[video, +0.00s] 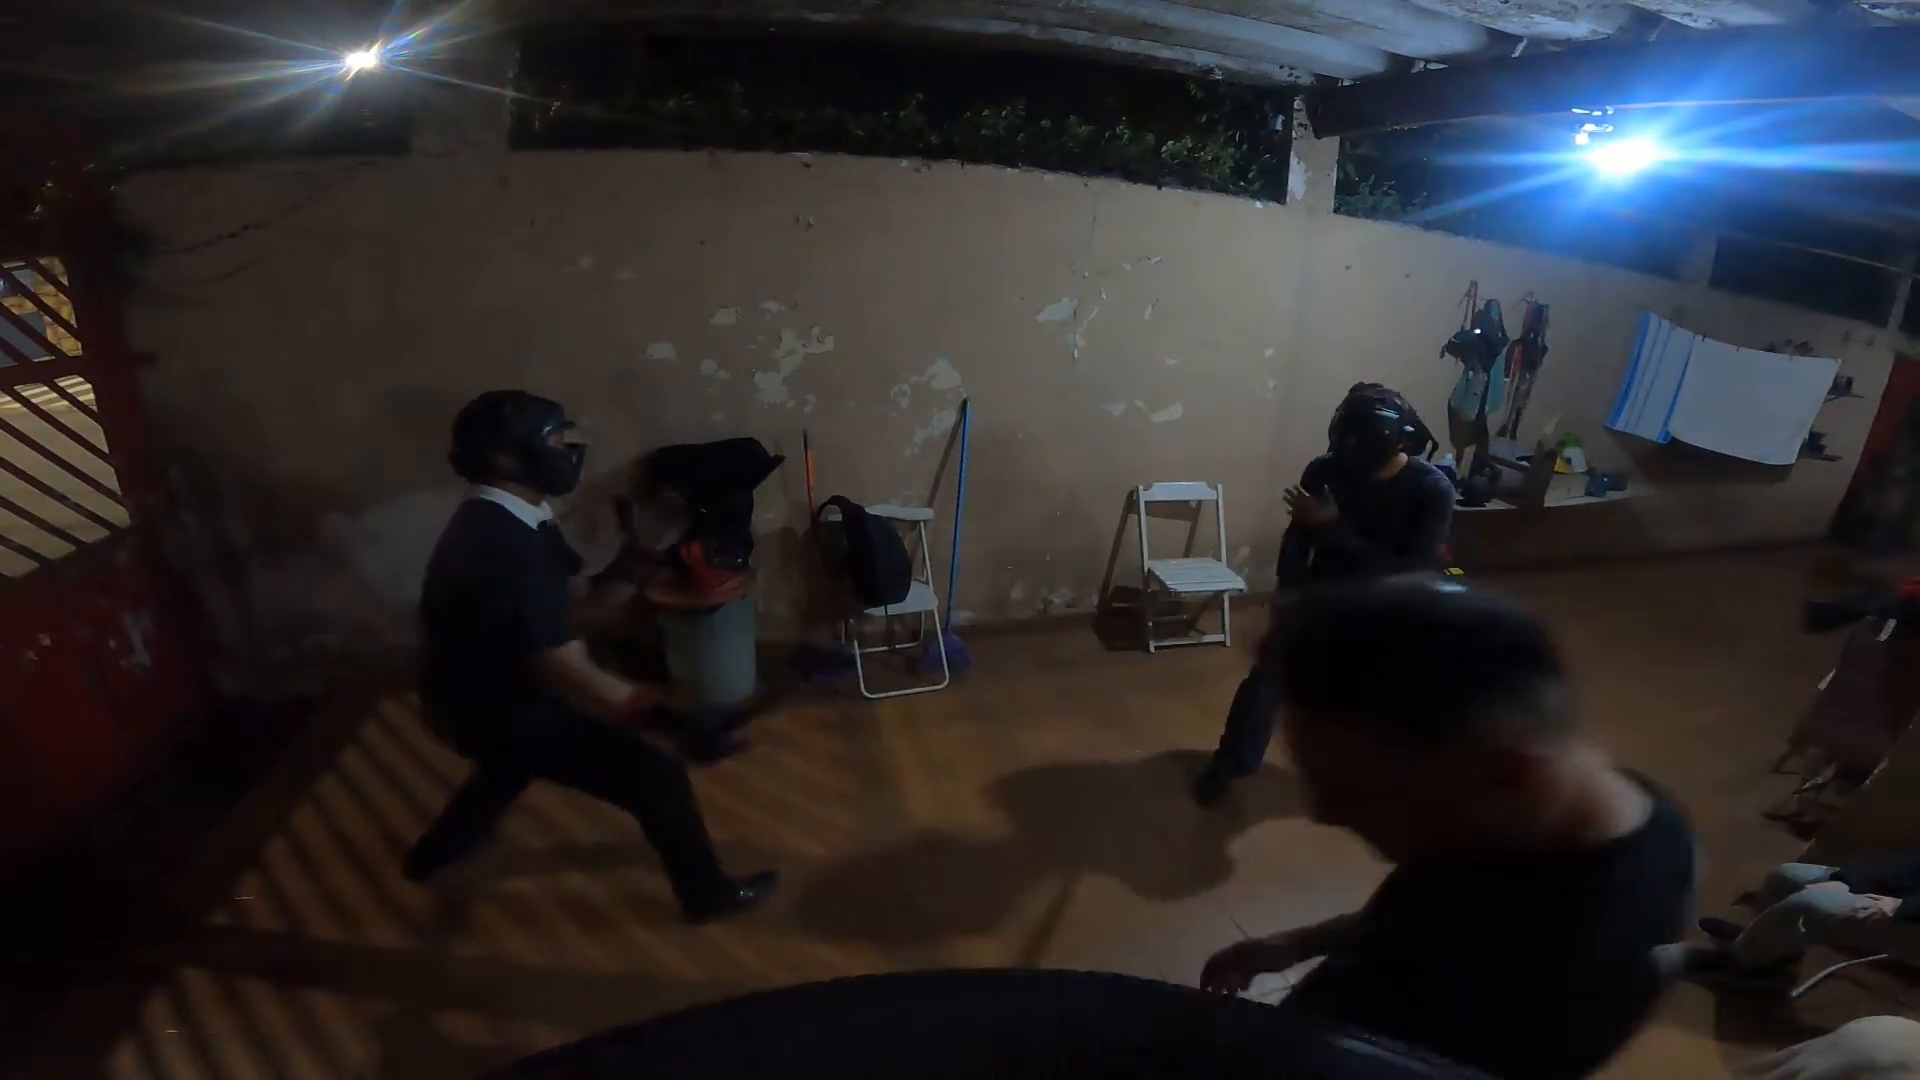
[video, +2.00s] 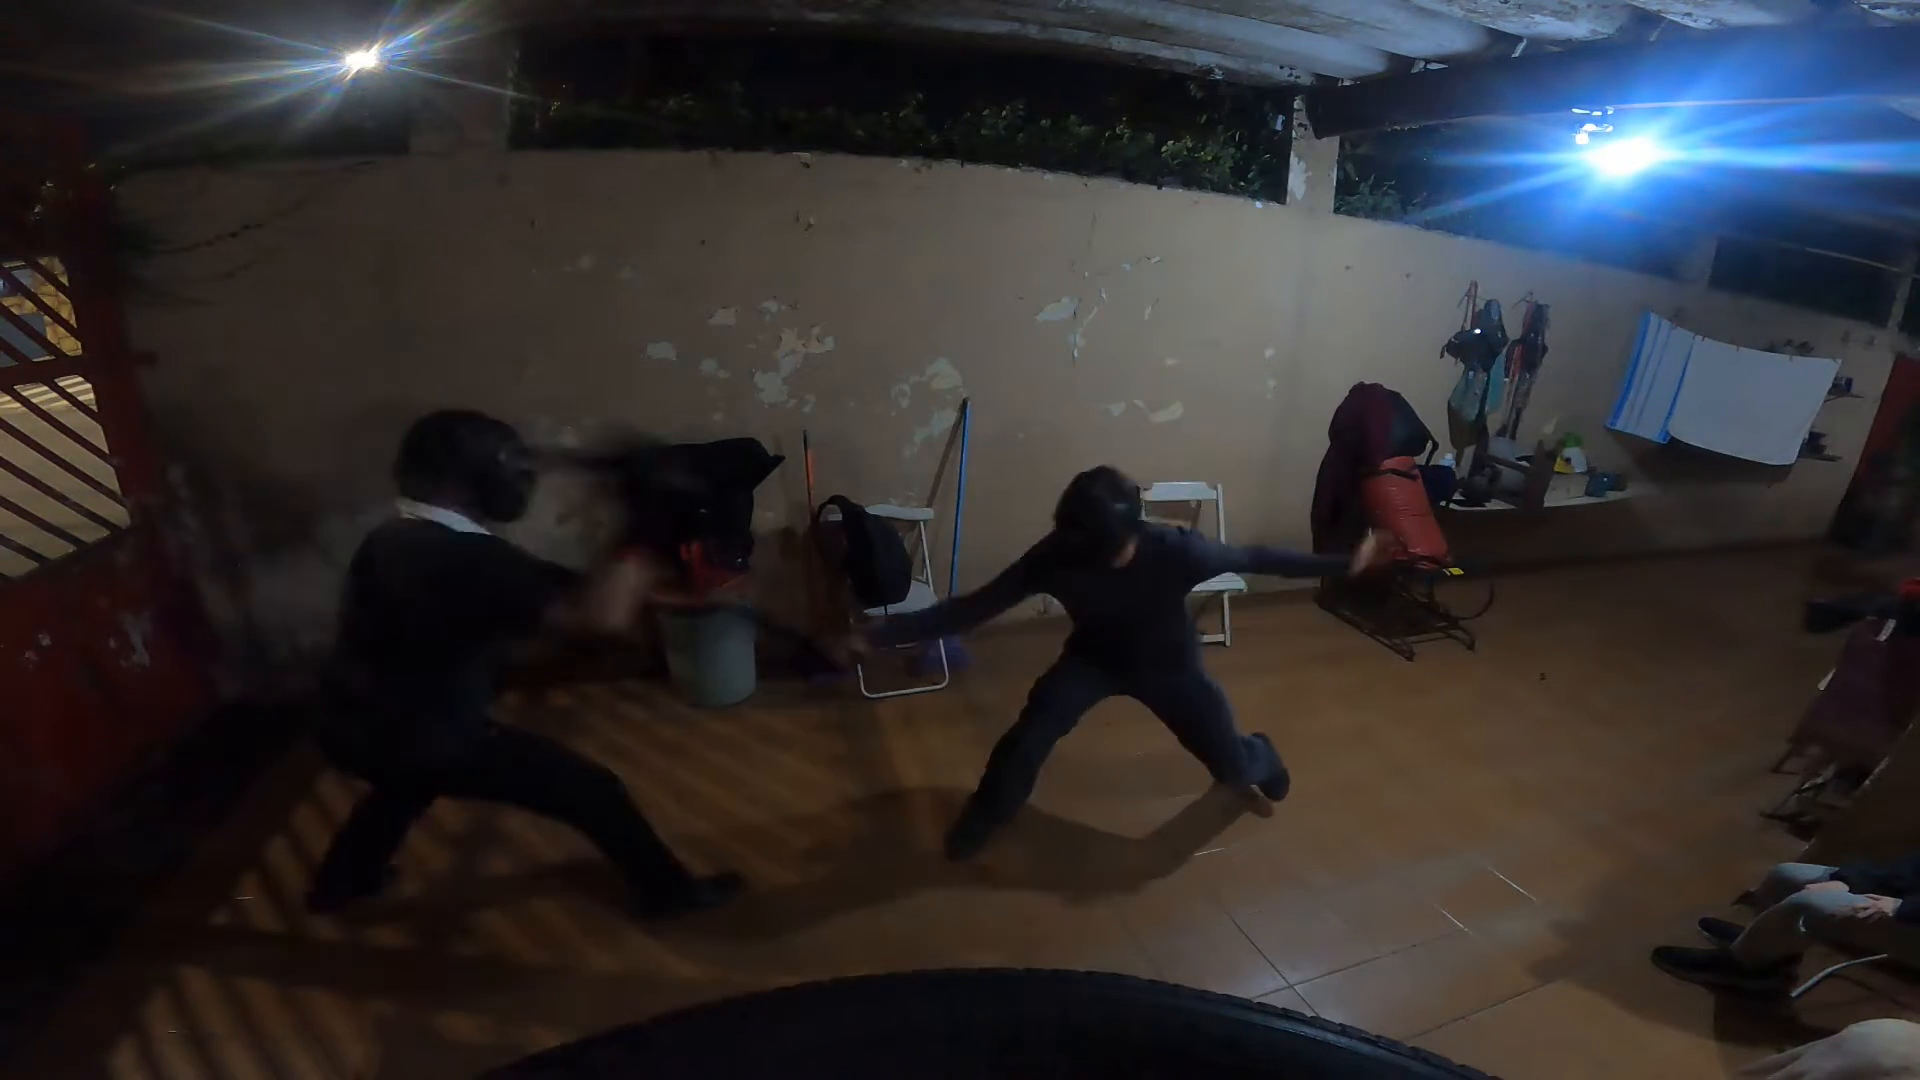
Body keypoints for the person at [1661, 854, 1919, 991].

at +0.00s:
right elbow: (1911, 867)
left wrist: (1903, 908)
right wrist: (1848, 875)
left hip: (1905, 924)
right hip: (1898, 888)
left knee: (1807, 904)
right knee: (1786, 876)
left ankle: (1739, 958)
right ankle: (1755, 939)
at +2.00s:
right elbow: (1910, 870)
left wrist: (1904, 909)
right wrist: (1845, 879)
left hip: (1911, 922)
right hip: (1903, 893)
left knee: (1805, 906)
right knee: (1785, 876)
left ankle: (1738, 962)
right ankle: (1755, 942)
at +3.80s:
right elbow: (1911, 869)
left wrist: (1878, 908)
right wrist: (1847, 881)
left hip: (1911, 924)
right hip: (1899, 893)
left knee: (1799, 912)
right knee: (1783, 878)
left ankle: (1737, 963)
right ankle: (1766, 954)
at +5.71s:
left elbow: (1914, 915)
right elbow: (1908, 869)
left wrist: (1858, 908)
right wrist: (1845, 883)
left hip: (1912, 925)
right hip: (1903, 891)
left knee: (1794, 916)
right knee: (1782, 879)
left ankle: (1743, 962)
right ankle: (1757, 946)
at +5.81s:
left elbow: (1914, 916)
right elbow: (1908, 871)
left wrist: (1858, 908)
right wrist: (1844, 882)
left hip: (1911, 926)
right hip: (1902, 891)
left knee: (1795, 915)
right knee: (1781, 879)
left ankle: (1741, 962)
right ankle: (1756, 946)